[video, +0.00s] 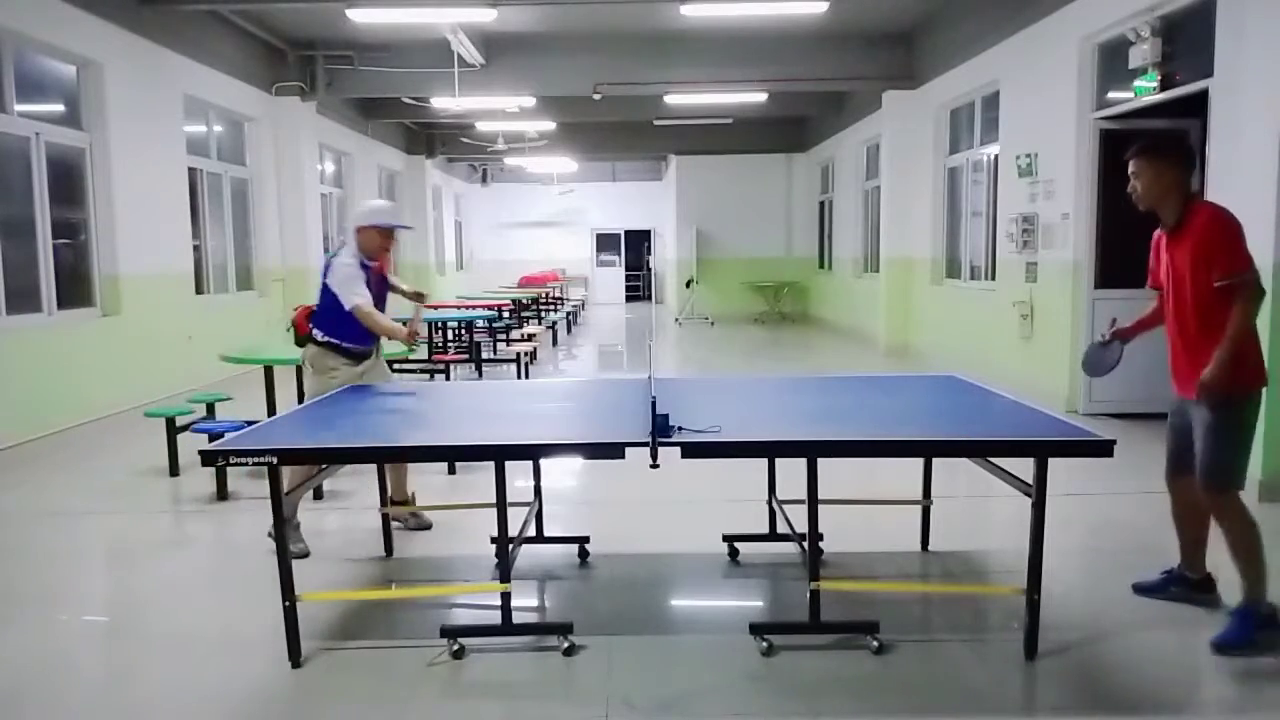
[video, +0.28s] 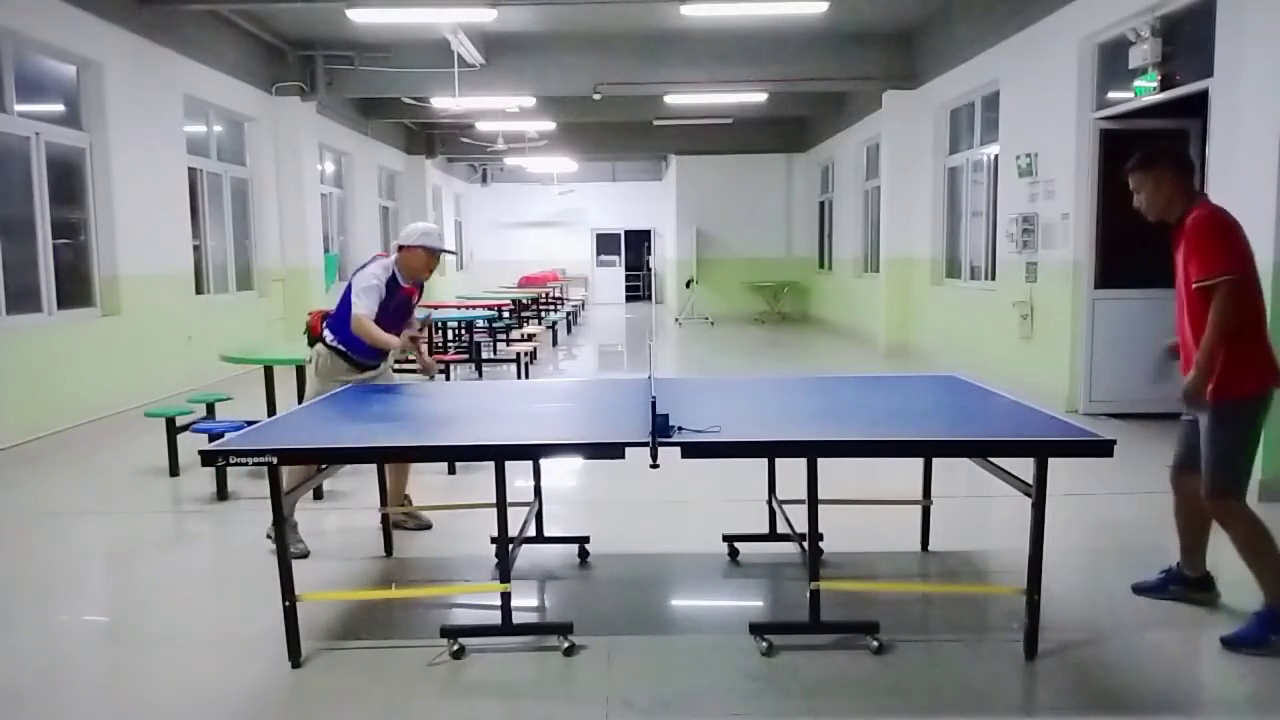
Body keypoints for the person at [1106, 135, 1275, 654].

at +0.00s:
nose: (1130, 187)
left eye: (1137, 176)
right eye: (1129, 178)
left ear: (1170, 174)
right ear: (1150, 181)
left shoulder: (1214, 225)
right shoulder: (1161, 238)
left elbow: (1250, 294)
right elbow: (1168, 303)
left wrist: (1220, 362)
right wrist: (1130, 329)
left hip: (1229, 383)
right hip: (1188, 382)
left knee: (1217, 488)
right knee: (1181, 478)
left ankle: (1259, 604)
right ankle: (1192, 575)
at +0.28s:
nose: (1136, 203)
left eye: (1140, 190)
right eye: (1133, 193)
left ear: (1170, 179)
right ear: (1170, 182)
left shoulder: (1208, 225)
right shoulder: (1191, 231)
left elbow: (1228, 299)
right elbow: (1213, 302)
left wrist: (1201, 374)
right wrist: (1186, 343)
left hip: (1240, 384)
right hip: (1212, 383)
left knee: (1222, 496)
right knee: (1186, 477)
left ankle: (1277, 607)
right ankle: (1192, 574)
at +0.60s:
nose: (1177, 218)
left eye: (1174, 206)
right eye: (1172, 209)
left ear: (1195, 188)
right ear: (1212, 184)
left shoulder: (1215, 226)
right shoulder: (1265, 218)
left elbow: (1227, 306)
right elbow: (1255, 309)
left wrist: (1205, 378)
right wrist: (1230, 388)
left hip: (1258, 393)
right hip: (1268, 389)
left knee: (1240, 501)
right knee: (1235, 491)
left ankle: (1274, 614)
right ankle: (1269, 590)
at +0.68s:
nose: (1188, 218)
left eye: (1186, 208)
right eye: (1185, 210)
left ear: (1200, 195)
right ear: (1225, 187)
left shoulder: (1223, 224)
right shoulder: (1264, 215)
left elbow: (1238, 296)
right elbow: (1254, 300)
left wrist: (1226, 372)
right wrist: (1227, 354)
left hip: (1262, 398)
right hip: (1270, 395)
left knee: (1249, 505)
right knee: (1259, 504)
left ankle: (1276, 613)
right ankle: (1274, 612)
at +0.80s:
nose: (1212, 230)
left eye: (1211, 222)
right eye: (1209, 223)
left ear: (1224, 207)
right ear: (1249, 201)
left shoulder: (1233, 232)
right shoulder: (1274, 223)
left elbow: (1240, 296)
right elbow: (1265, 307)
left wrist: (1244, 386)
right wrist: (1234, 352)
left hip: (1269, 401)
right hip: (1270, 396)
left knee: (1242, 506)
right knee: (1250, 507)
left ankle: (1276, 614)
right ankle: (1274, 613)